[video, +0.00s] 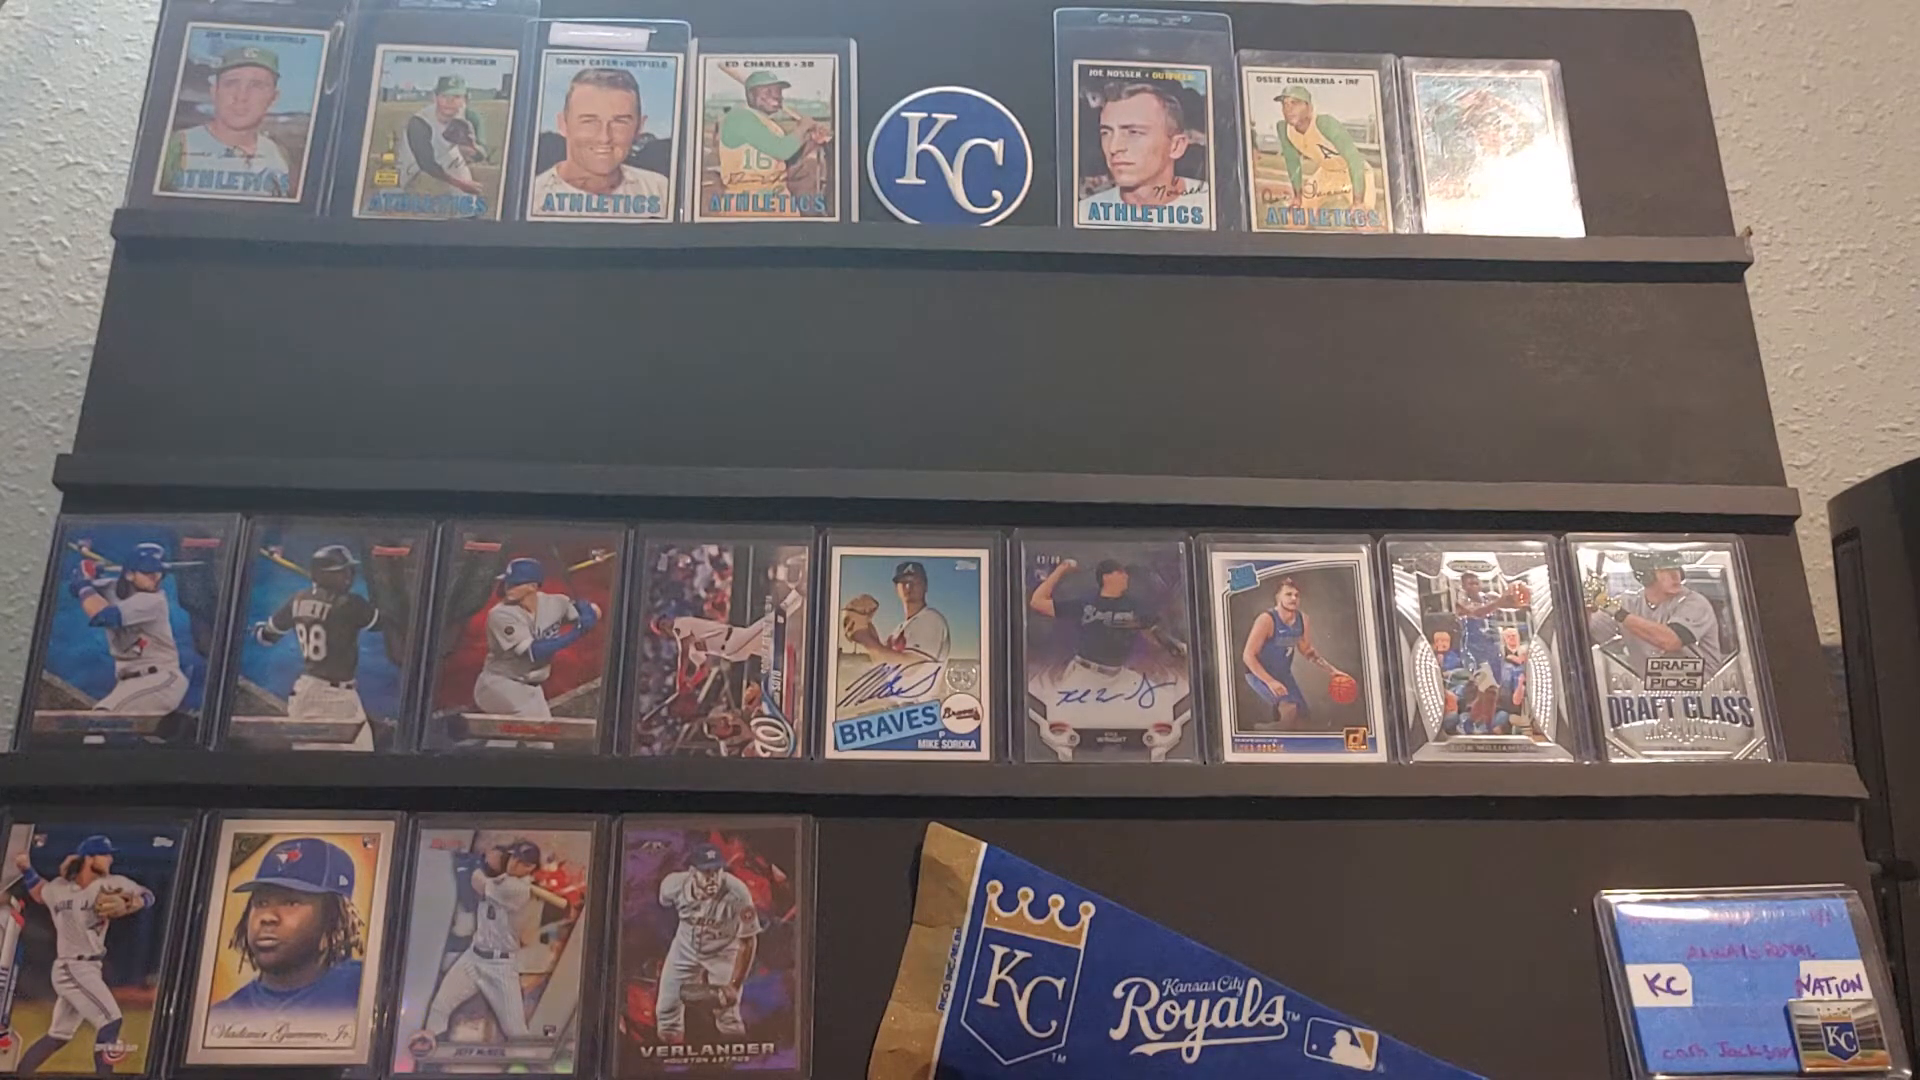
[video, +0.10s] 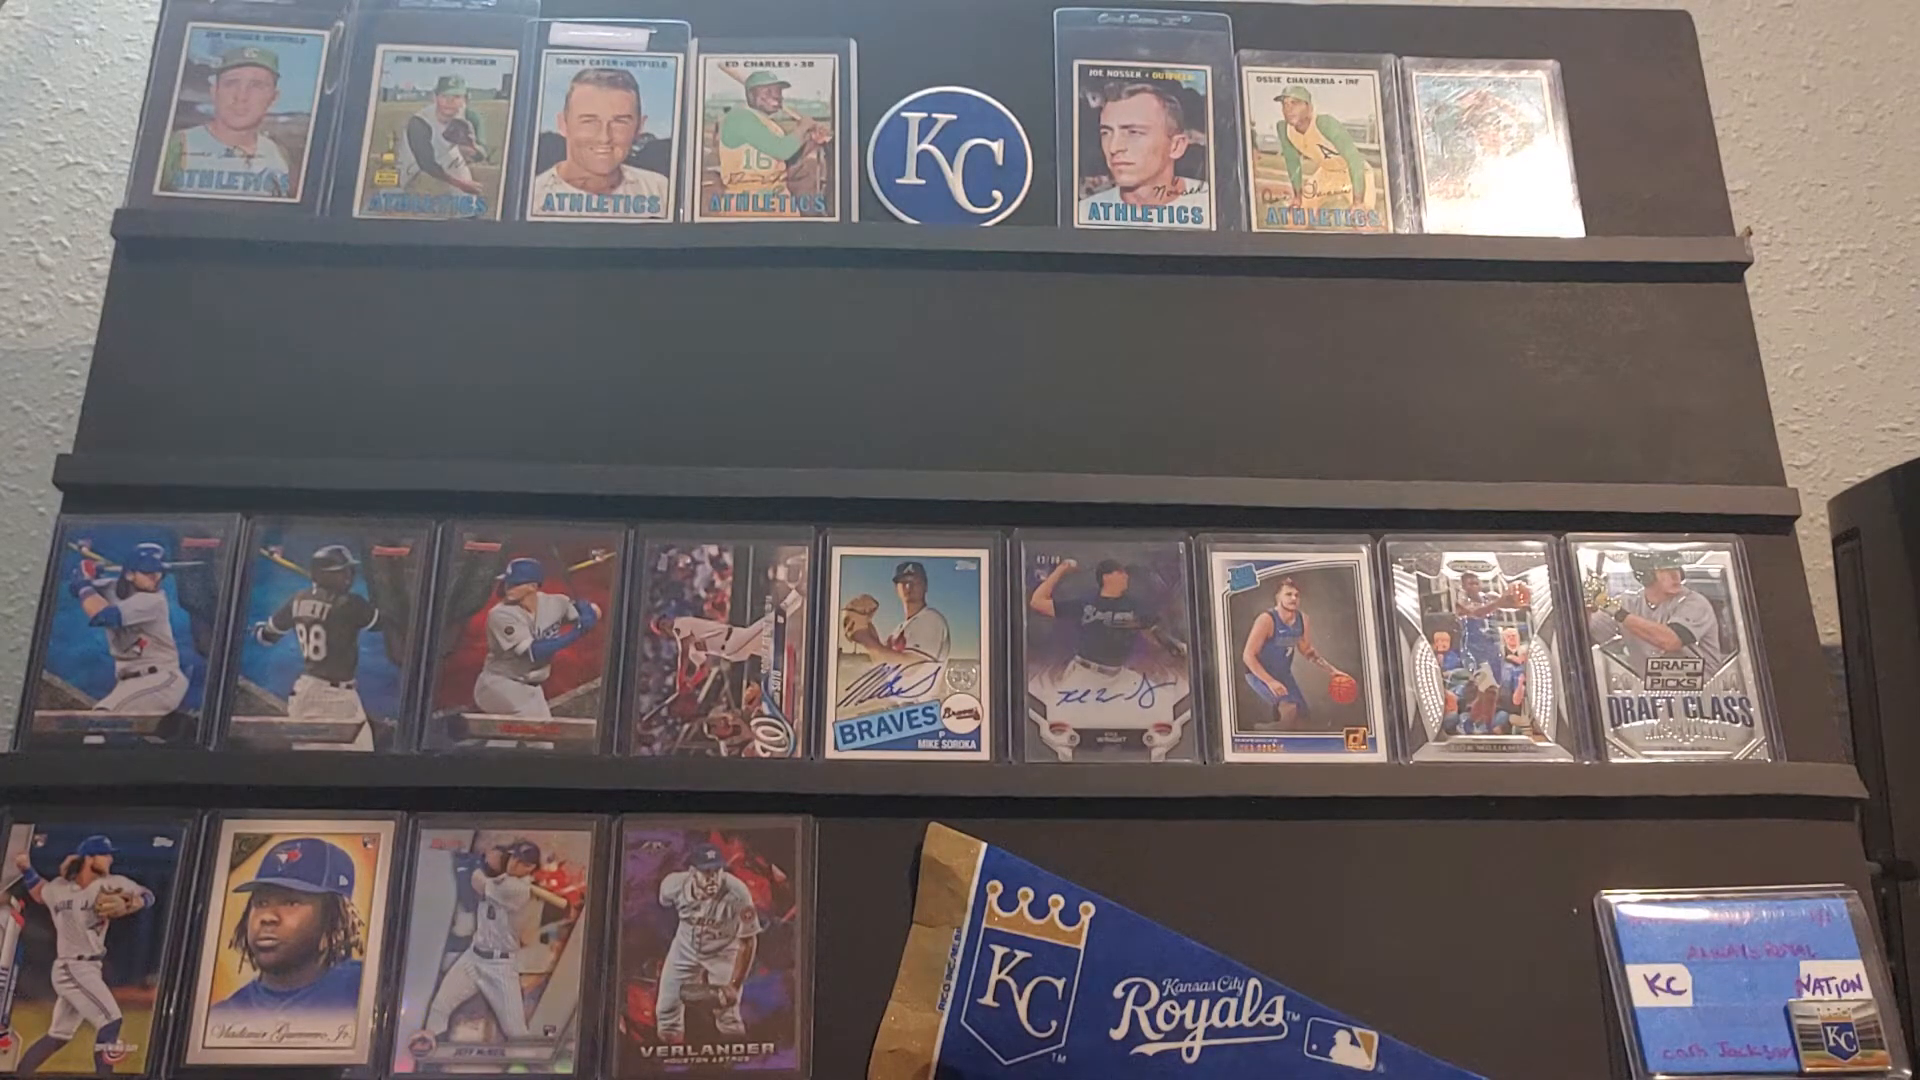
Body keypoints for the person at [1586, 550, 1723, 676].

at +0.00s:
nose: (1676, 575)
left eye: (1677, 568)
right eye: (1667, 569)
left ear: (1682, 570)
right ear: (1645, 574)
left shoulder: (1696, 604)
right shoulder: (1627, 604)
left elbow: (1670, 641)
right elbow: (1584, 638)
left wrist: (1621, 614)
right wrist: (1585, 609)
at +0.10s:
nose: (1676, 575)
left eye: (1677, 568)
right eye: (1667, 570)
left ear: (1682, 570)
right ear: (1645, 574)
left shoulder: (1696, 604)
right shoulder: (1627, 604)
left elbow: (1670, 641)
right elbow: (1584, 638)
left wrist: (1621, 614)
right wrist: (1585, 609)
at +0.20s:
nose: (1676, 575)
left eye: (1677, 568)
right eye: (1667, 569)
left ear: (1682, 570)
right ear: (1645, 574)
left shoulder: (1696, 604)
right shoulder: (1627, 604)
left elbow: (1670, 641)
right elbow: (1584, 638)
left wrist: (1621, 614)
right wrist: (1585, 609)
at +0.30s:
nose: (1676, 575)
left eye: (1677, 568)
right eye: (1667, 569)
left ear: (1682, 570)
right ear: (1645, 574)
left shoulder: (1696, 604)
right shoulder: (1627, 604)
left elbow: (1670, 641)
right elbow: (1584, 638)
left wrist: (1621, 614)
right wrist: (1585, 609)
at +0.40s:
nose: (1676, 575)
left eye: (1678, 568)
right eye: (1667, 569)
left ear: (1682, 571)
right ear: (1645, 574)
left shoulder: (1696, 604)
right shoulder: (1628, 604)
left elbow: (1671, 641)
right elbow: (1585, 637)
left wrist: (1619, 614)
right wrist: (1584, 609)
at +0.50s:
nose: (1676, 575)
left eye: (1677, 568)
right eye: (1667, 569)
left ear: (1682, 571)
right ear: (1645, 574)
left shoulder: (1696, 604)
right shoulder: (1628, 603)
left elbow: (1671, 641)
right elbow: (1585, 636)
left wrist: (1620, 614)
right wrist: (1584, 609)